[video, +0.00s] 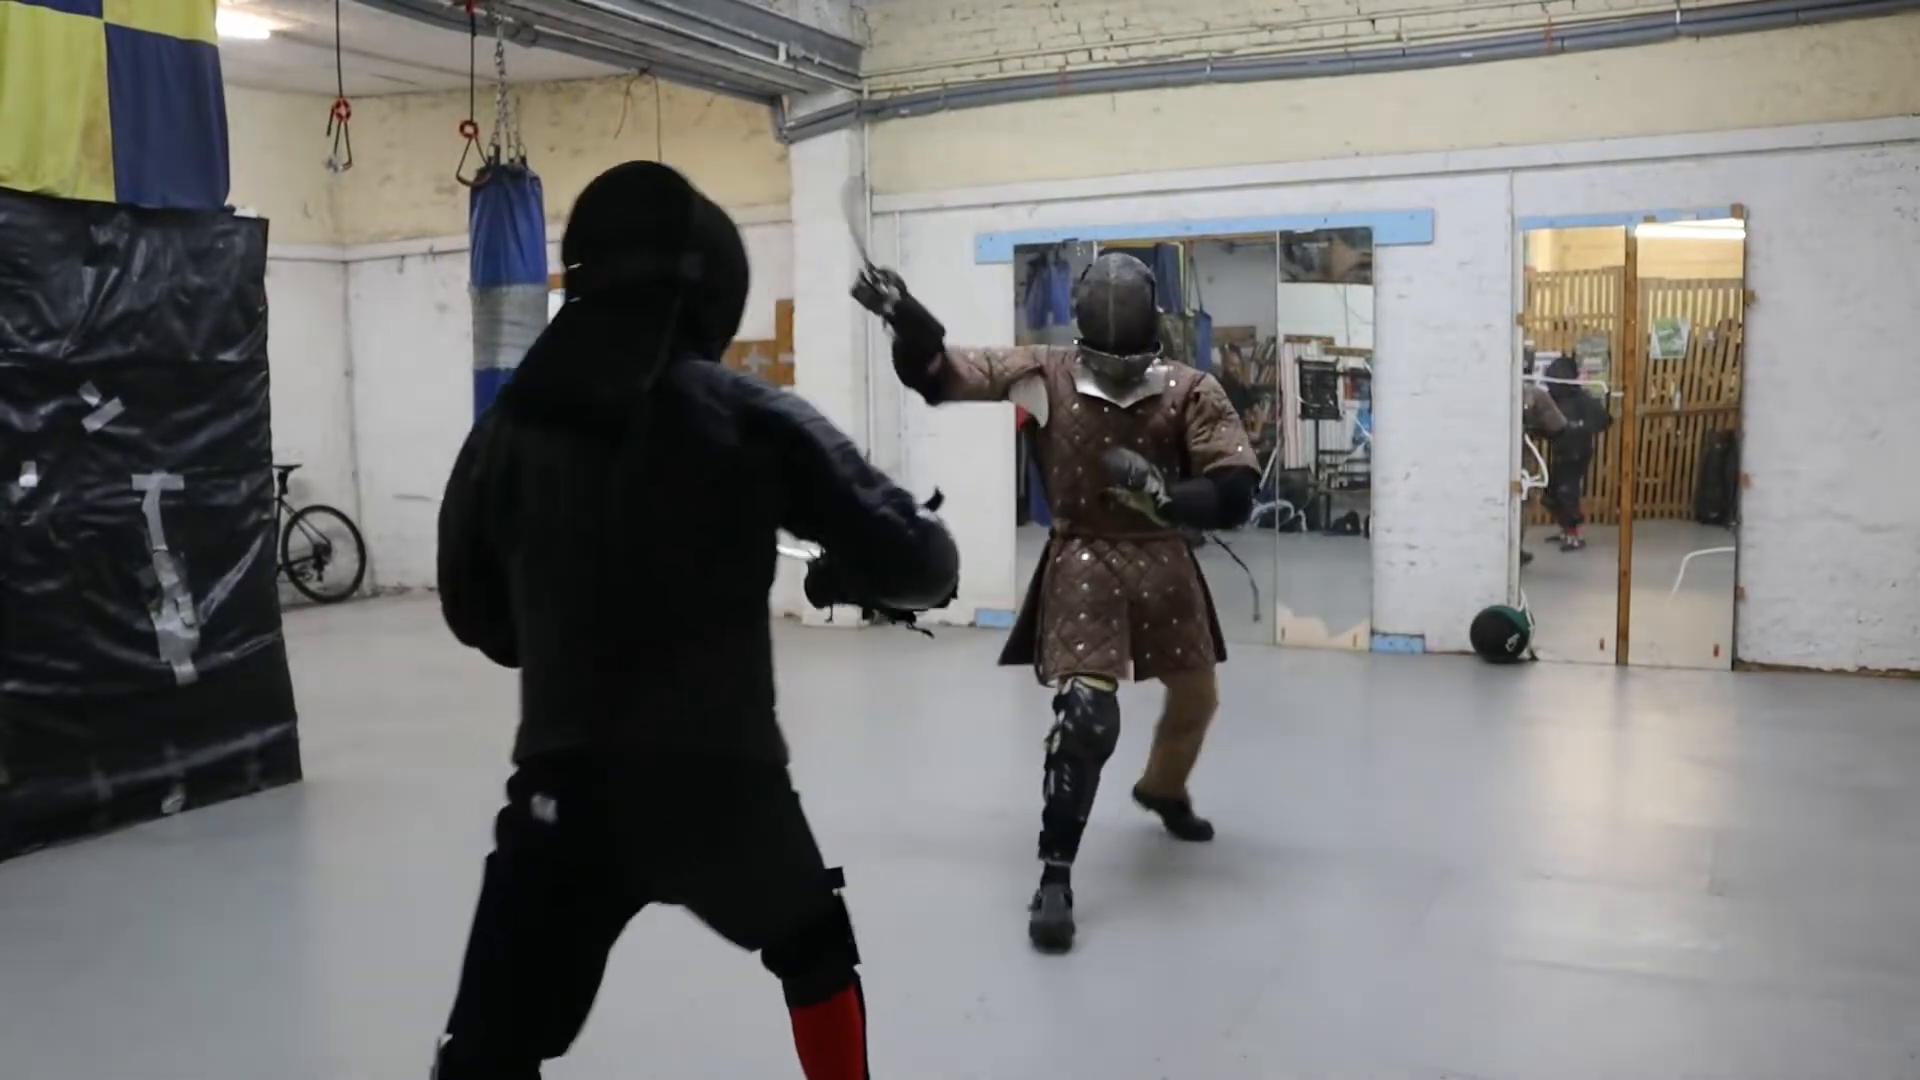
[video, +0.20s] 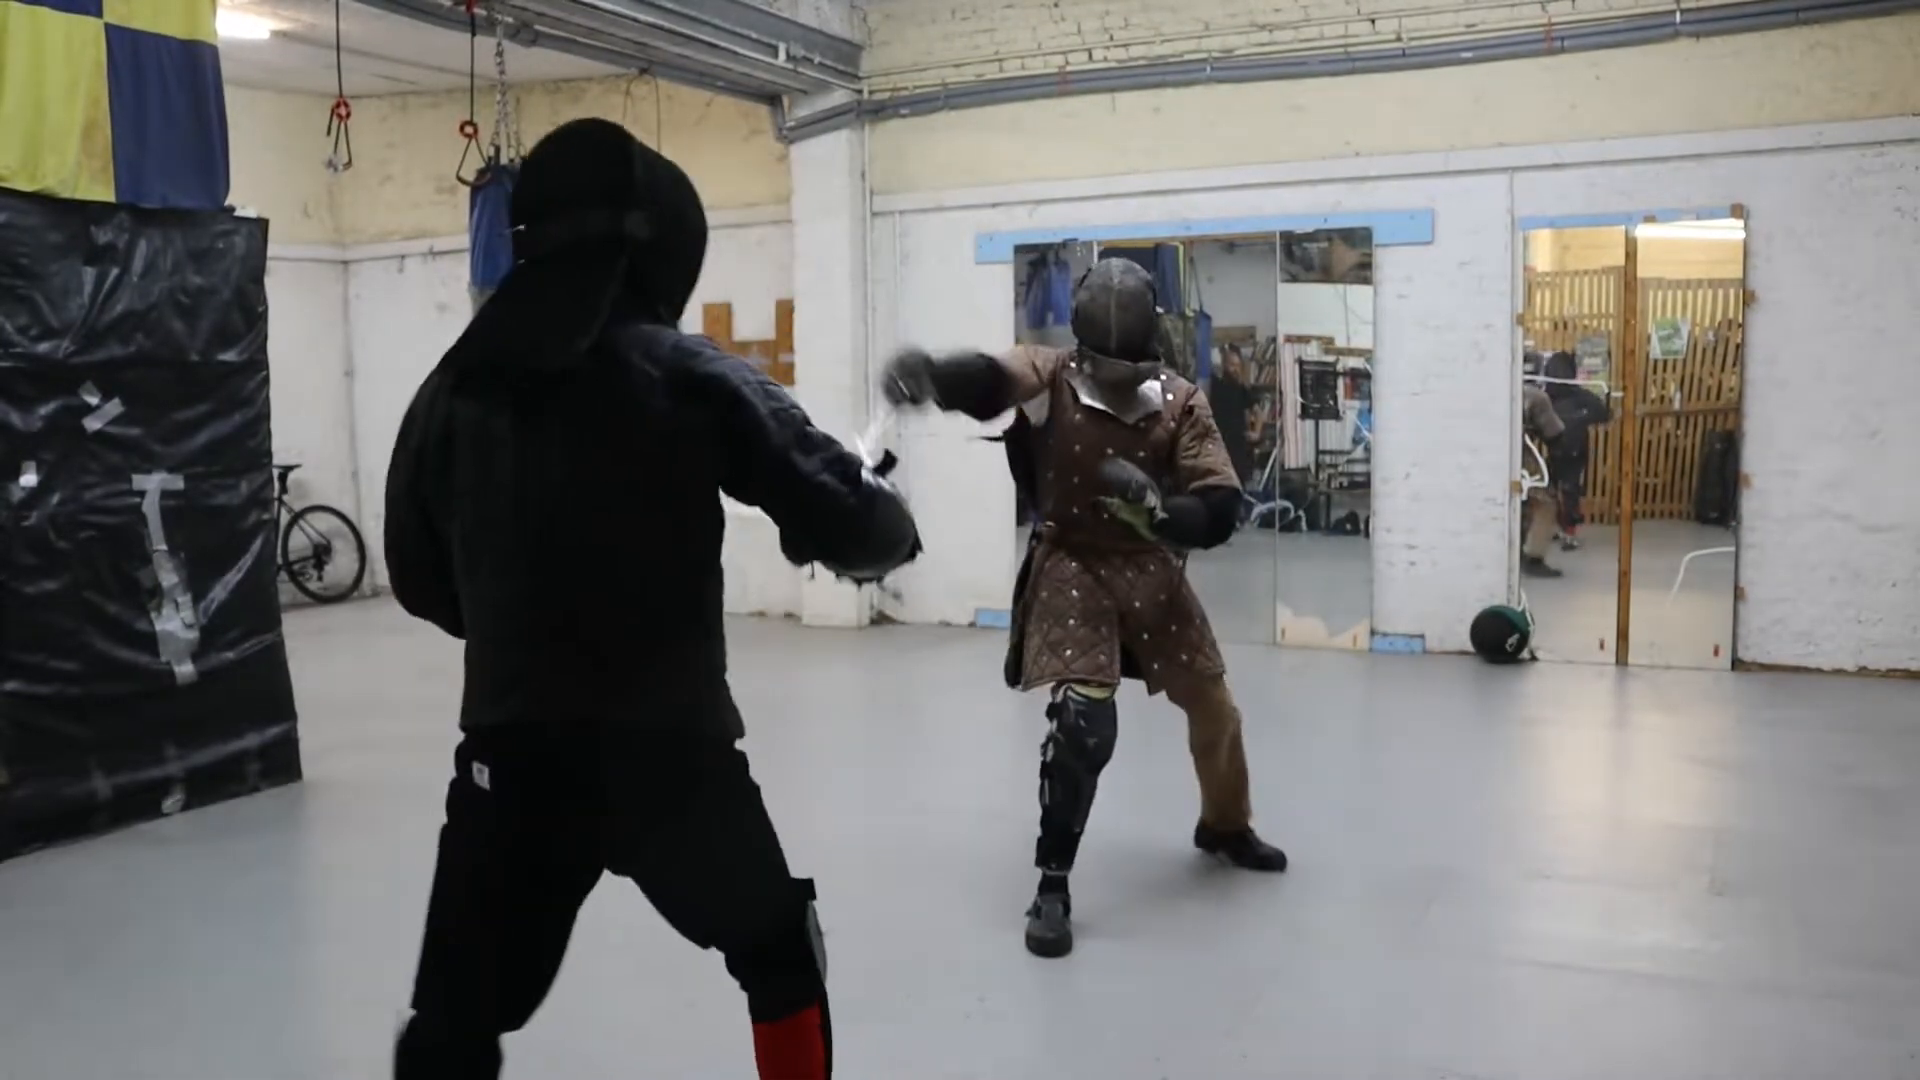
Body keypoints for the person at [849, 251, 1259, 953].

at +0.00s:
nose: (1115, 366)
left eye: (1129, 353)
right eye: (1103, 351)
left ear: (1153, 333)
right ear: (1082, 332)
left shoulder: (1190, 391)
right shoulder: (1044, 373)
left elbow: (1237, 490)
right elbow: (939, 374)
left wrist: (1166, 493)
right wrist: (907, 318)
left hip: (1164, 557)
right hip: (1082, 557)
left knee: (1196, 695)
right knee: (1087, 719)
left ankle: (1164, 787)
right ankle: (1056, 877)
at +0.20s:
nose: (1113, 375)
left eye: (1127, 362)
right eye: (1100, 360)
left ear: (1150, 343)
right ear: (1080, 340)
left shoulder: (1181, 402)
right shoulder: (1051, 372)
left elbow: (1222, 505)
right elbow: (994, 380)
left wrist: (1160, 508)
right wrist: (935, 379)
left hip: (1151, 569)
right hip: (1071, 568)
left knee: (1216, 711)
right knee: (1084, 728)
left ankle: (1226, 828)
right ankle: (1052, 885)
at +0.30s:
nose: (1121, 372)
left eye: (1135, 357)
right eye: (1107, 356)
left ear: (1156, 341)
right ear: (1084, 339)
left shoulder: (1182, 397)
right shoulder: (1047, 375)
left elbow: (1229, 497)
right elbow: (994, 408)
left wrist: (1180, 513)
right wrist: (987, 434)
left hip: (1152, 567)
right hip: (1070, 567)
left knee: (1216, 711)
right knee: (1082, 731)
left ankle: (1215, 840)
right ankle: (1052, 888)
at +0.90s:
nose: (1086, 366)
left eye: (1099, 349)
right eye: (1070, 353)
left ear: (1123, 323)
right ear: (1048, 337)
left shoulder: (1179, 379)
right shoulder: (1027, 397)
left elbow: (1248, 476)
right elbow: (993, 470)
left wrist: (1174, 517)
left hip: (1180, 572)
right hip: (1088, 579)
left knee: (1235, 722)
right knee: (1088, 737)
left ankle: (1233, 836)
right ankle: (1052, 893)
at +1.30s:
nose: (1175, 356)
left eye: (1188, 340)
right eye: (1162, 342)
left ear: (1212, 320)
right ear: (1143, 327)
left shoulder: (1258, 384)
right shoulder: (1118, 384)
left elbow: (1296, 493)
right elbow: (1085, 486)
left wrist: (1202, 514)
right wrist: (1046, 533)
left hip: (1222, 575)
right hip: (1130, 573)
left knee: (1236, 725)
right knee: (1086, 714)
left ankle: (1234, 854)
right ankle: (1055, 870)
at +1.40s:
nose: (1186, 358)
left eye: (1200, 343)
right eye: (1173, 345)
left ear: (1224, 324)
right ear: (1156, 329)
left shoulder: (1266, 383)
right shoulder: (1133, 384)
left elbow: (1300, 490)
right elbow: (1096, 482)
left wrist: (1209, 503)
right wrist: (1054, 527)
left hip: (1228, 575)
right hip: (1140, 571)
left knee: (1245, 720)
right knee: (1083, 697)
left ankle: (1234, 853)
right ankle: (1091, 837)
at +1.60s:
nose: (1180, 355)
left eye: (1192, 341)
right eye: (1167, 343)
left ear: (1215, 329)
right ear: (1150, 335)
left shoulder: (1259, 387)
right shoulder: (1129, 389)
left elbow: (1282, 480)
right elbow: (1102, 477)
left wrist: (1196, 460)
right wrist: (1130, 495)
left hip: (1222, 560)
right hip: (1145, 560)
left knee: (1238, 695)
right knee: (1127, 701)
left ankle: (1237, 847)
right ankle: (1174, 779)